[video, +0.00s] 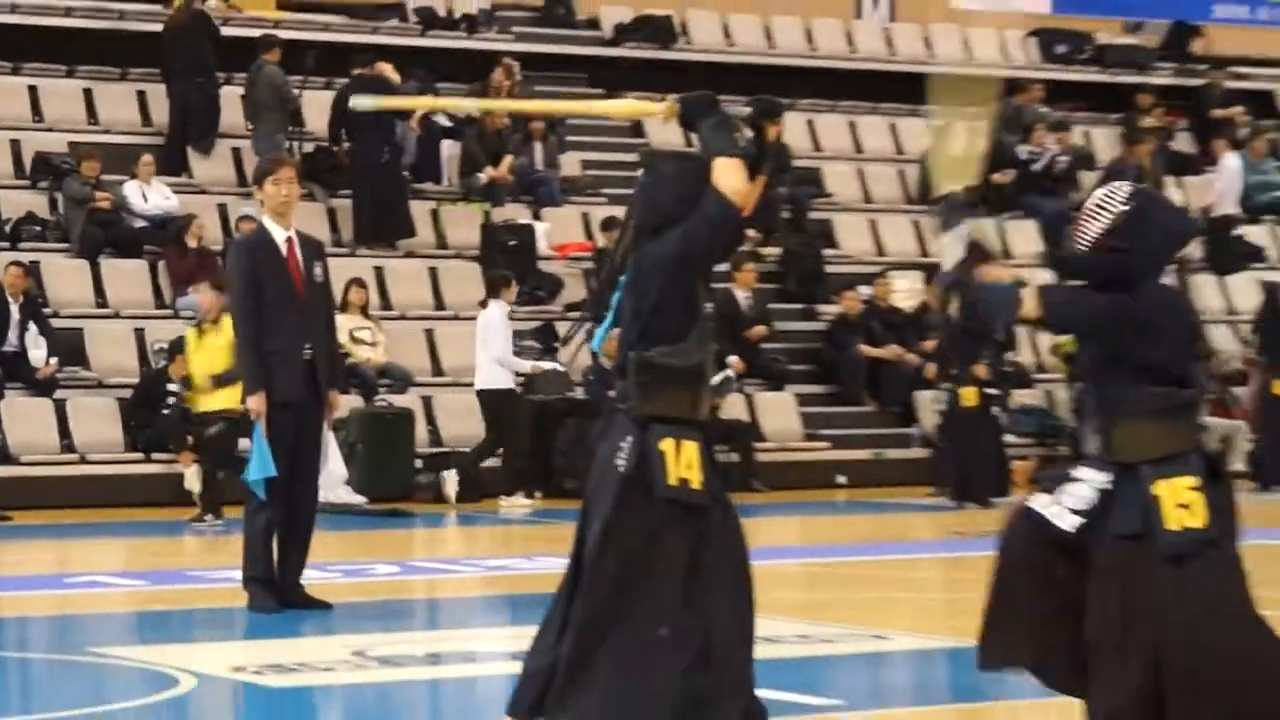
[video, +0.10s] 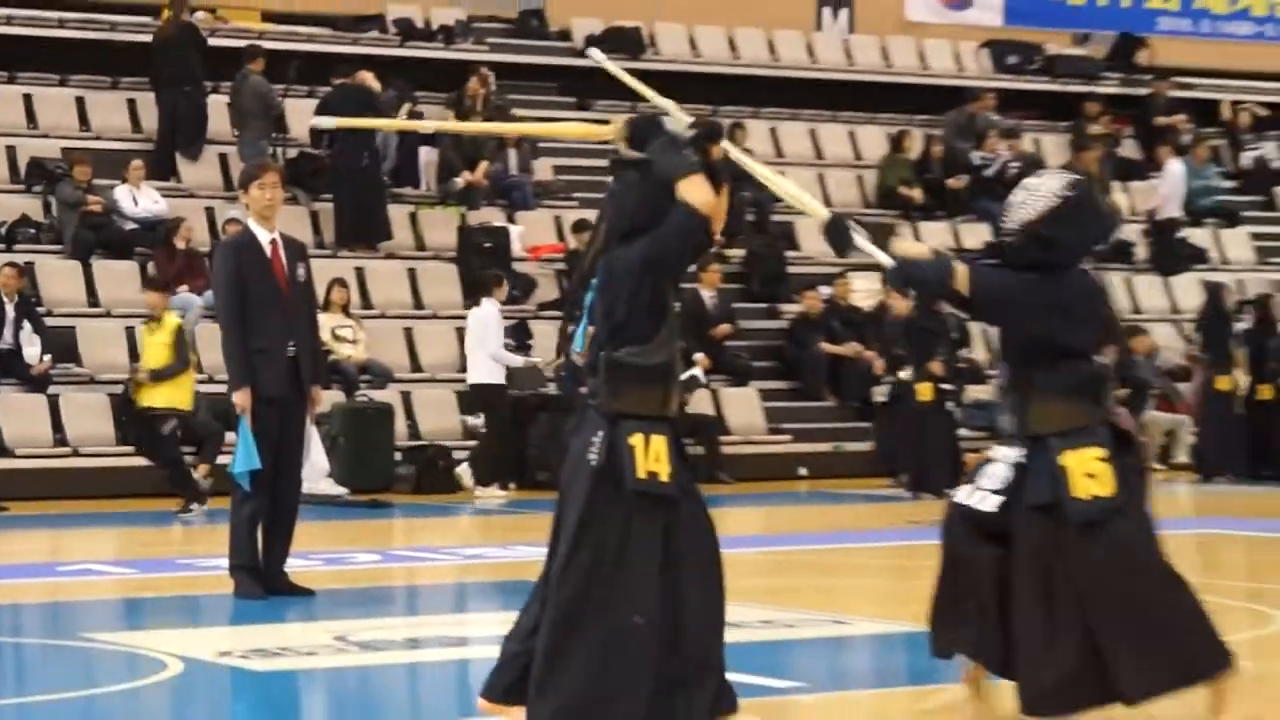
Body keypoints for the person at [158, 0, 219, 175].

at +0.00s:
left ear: (179, 5)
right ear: (196, 3)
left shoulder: (170, 23)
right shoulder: (202, 18)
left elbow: (164, 56)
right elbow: (217, 41)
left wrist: (168, 80)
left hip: (178, 82)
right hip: (202, 80)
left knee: (177, 127)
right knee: (209, 111)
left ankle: (174, 168)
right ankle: (203, 143)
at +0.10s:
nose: (189, 12)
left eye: (187, 9)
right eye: (188, 8)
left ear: (170, 9)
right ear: (184, 9)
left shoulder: (160, 32)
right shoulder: (189, 29)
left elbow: (154, 62)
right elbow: (203, 48)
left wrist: (157, 85)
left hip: (165, 87)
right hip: (188, 85)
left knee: (165, 129)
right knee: (196, 116)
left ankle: (163, 171)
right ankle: (191, 147)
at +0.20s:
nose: (175, 27)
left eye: (173, 24)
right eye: (174, 24)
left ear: (157, 23)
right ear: (173, 24)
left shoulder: (148, 44)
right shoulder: (177, 42)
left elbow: (143, 73)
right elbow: (189, 61)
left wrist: (145, 97)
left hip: (154, 97)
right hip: (175, 96)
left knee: (153, 138)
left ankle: (151, 178)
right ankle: (178, 155)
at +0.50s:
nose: (179, 47)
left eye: (177, 45)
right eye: (178, 45)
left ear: (162, 44)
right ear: (176, 45)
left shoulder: (154, 64)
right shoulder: (180, 62)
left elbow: (149, 91)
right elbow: (192, 81)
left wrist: (151, 112)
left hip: (160, 113)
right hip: (180, 113)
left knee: (160, 151)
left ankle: (157, 187)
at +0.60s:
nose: (195, 60)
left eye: (193, 57)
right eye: (194, 57)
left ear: (179, 57)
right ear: (193, 57)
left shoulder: (172, 75)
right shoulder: (197, 73)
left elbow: (167, 101)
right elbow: (209, 92)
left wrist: (169, 123)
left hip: (177, 122)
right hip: (197, 122)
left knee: (177, 160)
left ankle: (174, 195)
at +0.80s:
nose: (214, 72)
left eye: (212, 69)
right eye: (213, 69)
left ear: (198, 69)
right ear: (211, 69)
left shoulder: (191, 87)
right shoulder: (214, 84)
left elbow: (187, 113)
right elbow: (226, 100)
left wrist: (189, 134)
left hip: (196, 132)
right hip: (215, 131)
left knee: (196, 166)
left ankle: (194, 198)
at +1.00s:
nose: (228, 80)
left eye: (226, 77)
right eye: (228, 77)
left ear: (214, 78)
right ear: (227, 78)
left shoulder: (208, 95)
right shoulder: (231, 93)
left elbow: (203, 118)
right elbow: (241, 111)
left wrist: (205, 138)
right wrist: (239, 131)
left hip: (212, 138)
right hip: (230, 138)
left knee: (212, 172)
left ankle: (210, 204)